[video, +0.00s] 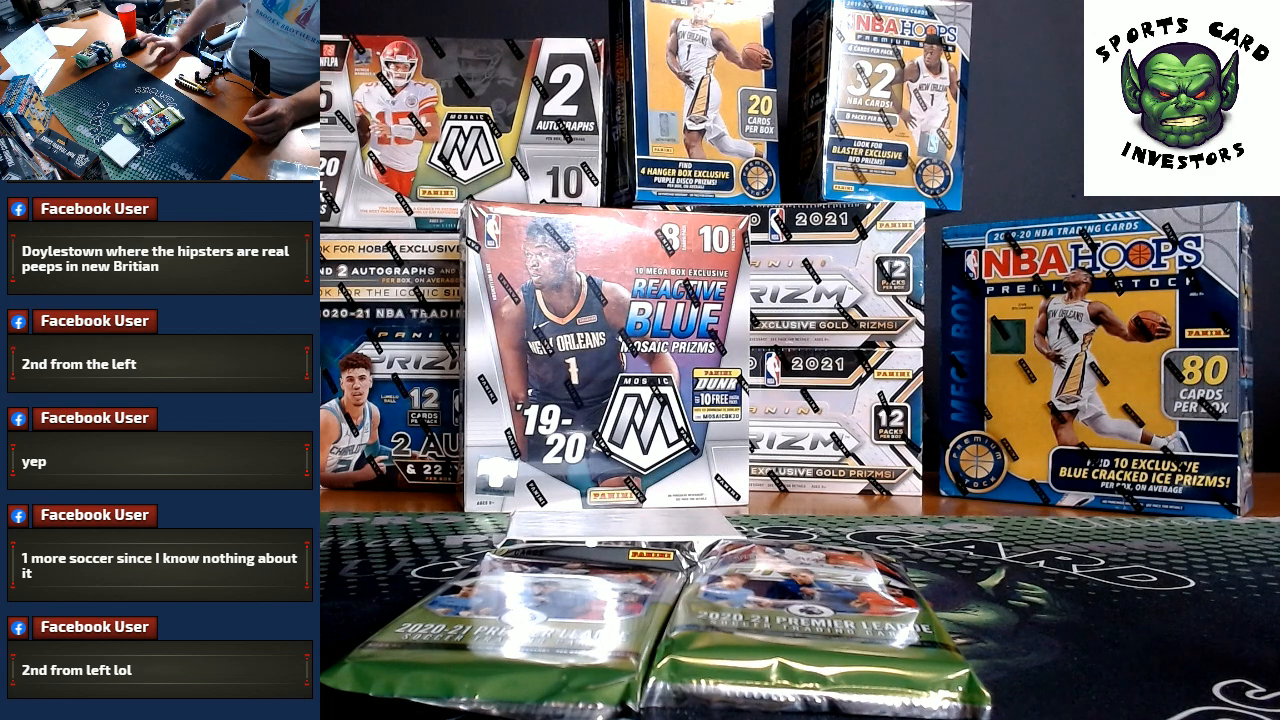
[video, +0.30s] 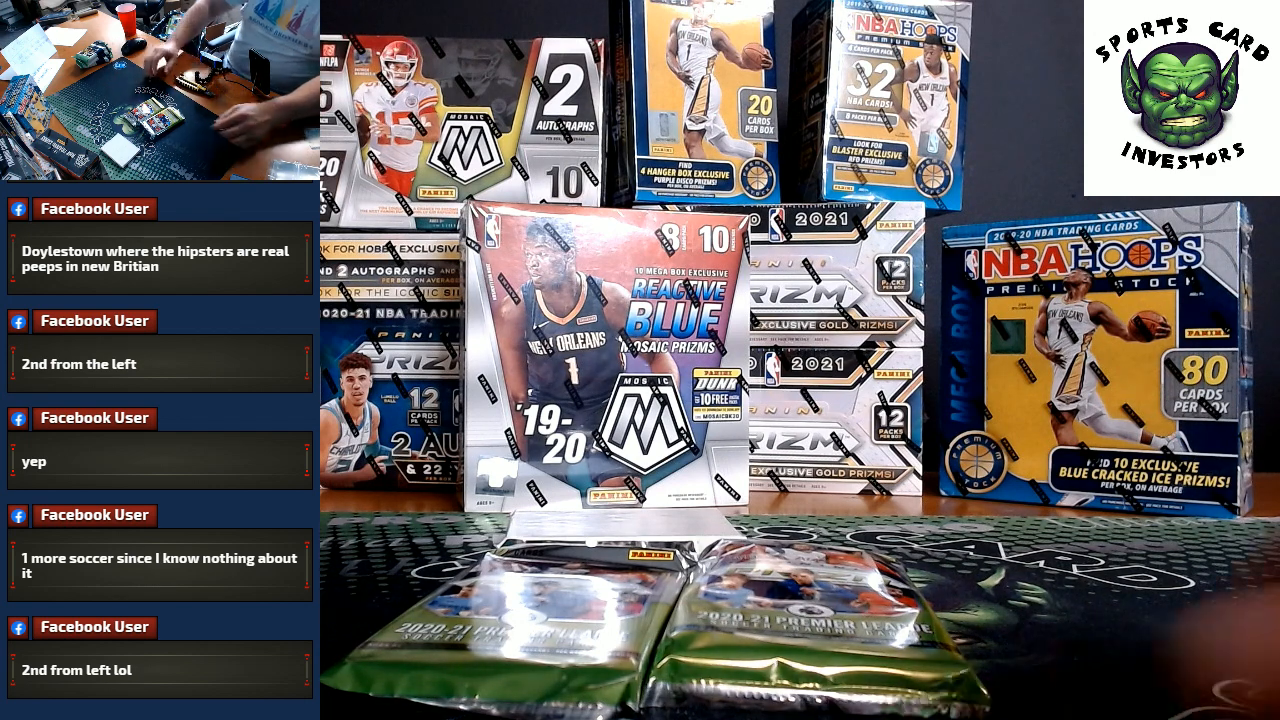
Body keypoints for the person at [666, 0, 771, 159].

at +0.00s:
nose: (697, 9)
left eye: (703, 6)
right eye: (695, 6)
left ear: (711, 12)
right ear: (692, 8)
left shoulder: (715, 34)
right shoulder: (678, 25)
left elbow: (740, 59)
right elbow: (670, 53)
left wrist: (764, 62)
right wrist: (678, 72)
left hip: (705, 87)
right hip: (692, 88)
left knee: (692, 141)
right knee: (725, 145)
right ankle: (766, 158)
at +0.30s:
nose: (697, 9)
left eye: (702, 6)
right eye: (695, 6)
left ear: (710, 12)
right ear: (691, 8)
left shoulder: (715, 34)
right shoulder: (678, 24)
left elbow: (740, 59)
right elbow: (670, 54)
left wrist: (764, 62)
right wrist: (678, 72)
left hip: (705, 87)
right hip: (692, 88)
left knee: (692, 141)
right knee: (725, 145)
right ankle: (768, 158)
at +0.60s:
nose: (697, 9)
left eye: (703, 6)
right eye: (695, 6)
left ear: (711, 12)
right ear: (692, 8)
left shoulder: (715, 34)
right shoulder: (678, 24)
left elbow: (740, 59)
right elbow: (670, 53)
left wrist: (764, 63)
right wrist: (678, 72)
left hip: (705, 87)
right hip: (692, 88)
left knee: (692, 141)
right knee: (725, 145)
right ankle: (766, 158)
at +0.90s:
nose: (697, 9)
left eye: (703, 6)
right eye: (695, 6)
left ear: (711, 12)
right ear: (692, 8)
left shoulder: (715, 34)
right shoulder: (678, 24)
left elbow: (740, 59)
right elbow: (670, 53)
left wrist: (764, 62)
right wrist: (678, 72)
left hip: (705, 87)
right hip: (692, 88)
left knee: (692, 141)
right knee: (725, 145)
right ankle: (766, 158)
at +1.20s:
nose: (697, 10)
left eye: (702, 7)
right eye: (695, 6)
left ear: (711, 12)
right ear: (691, 9)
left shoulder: (715, 34)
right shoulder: (678, 24)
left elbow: (739, 59)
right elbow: (670, 53)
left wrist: (764, 62)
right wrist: (678, 72)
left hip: (705, 87)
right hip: (692, 88)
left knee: (692, 141)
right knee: (725, 145)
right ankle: (767, 158)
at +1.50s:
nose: (697, 9)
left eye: (702, 6)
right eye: (695, 5)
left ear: (711, 11)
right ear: (691, 8)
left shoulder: (715, 34)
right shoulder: (678, 24)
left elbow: (739, 59)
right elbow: (670, 54)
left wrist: (764, 62)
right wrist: (678, 72)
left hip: (705, 87)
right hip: (692, 88)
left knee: (692, 141)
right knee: (725, 145)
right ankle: (765, 157)